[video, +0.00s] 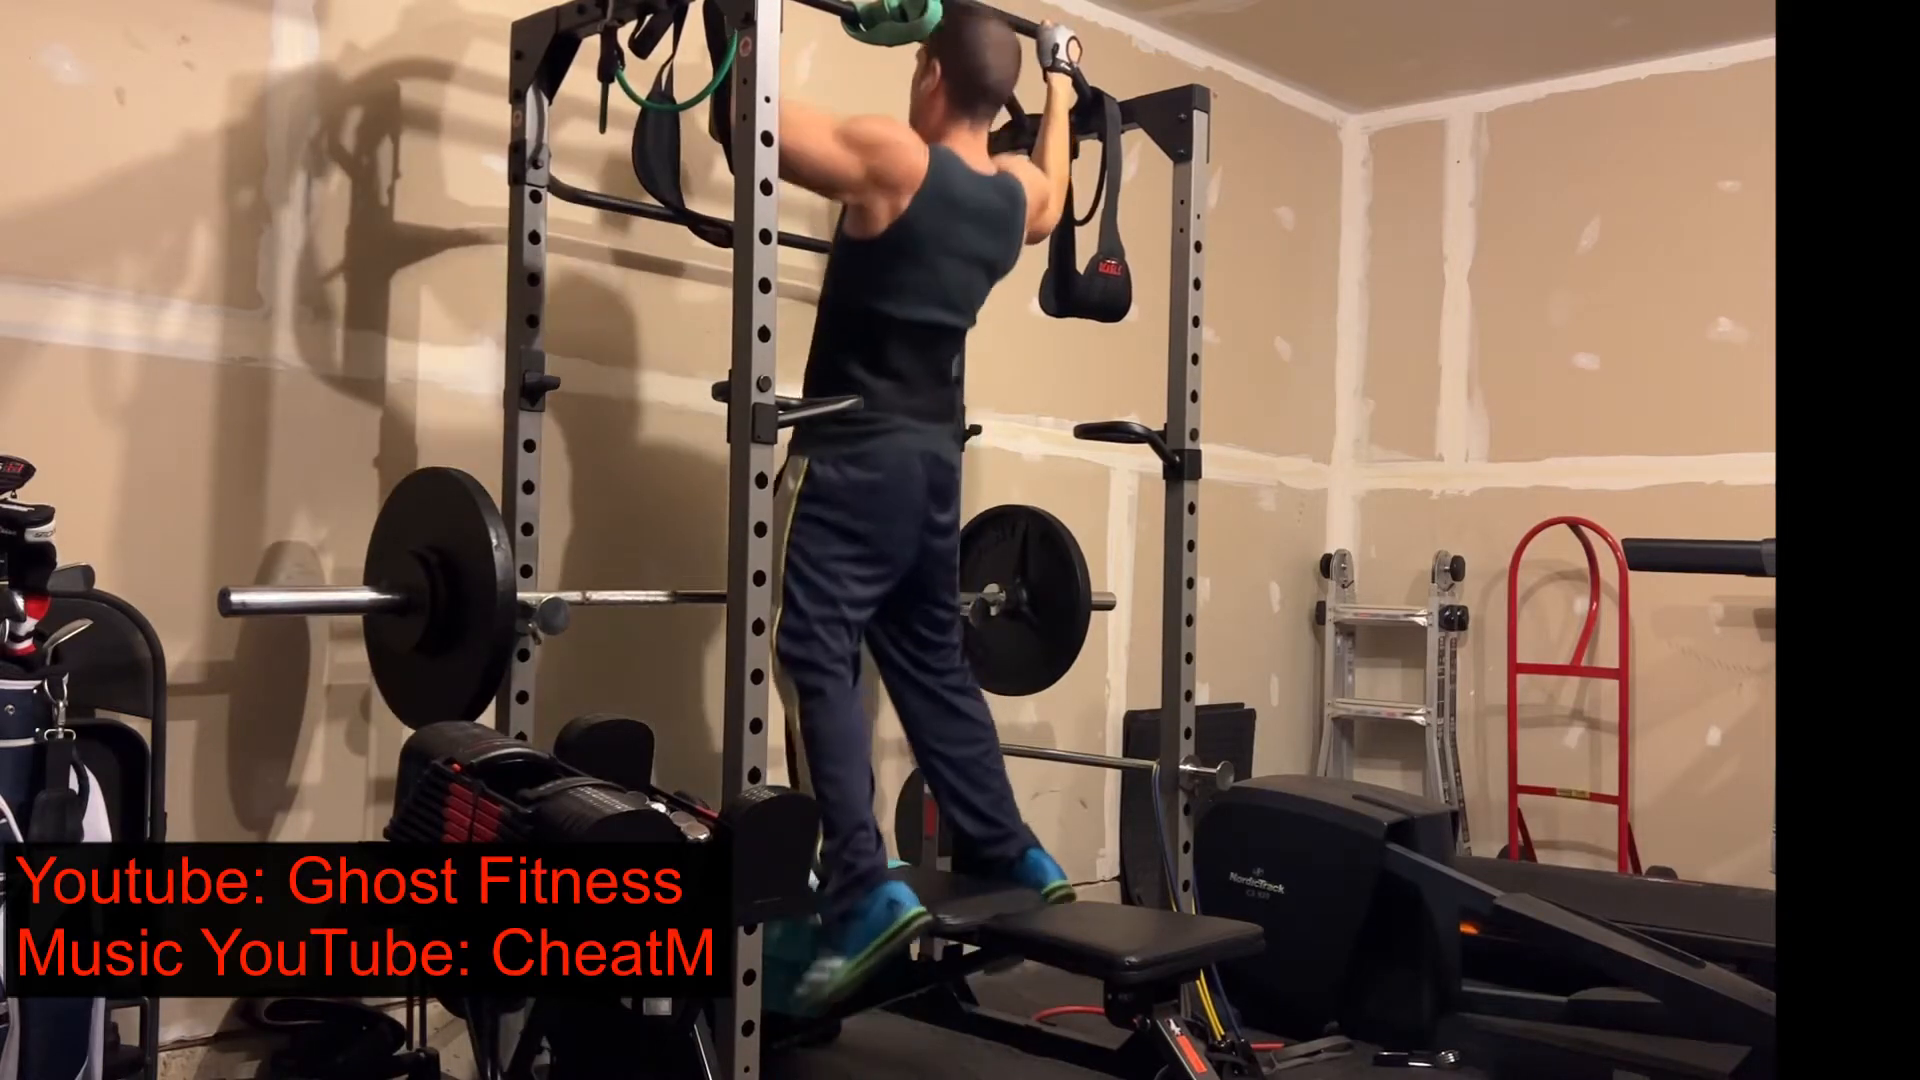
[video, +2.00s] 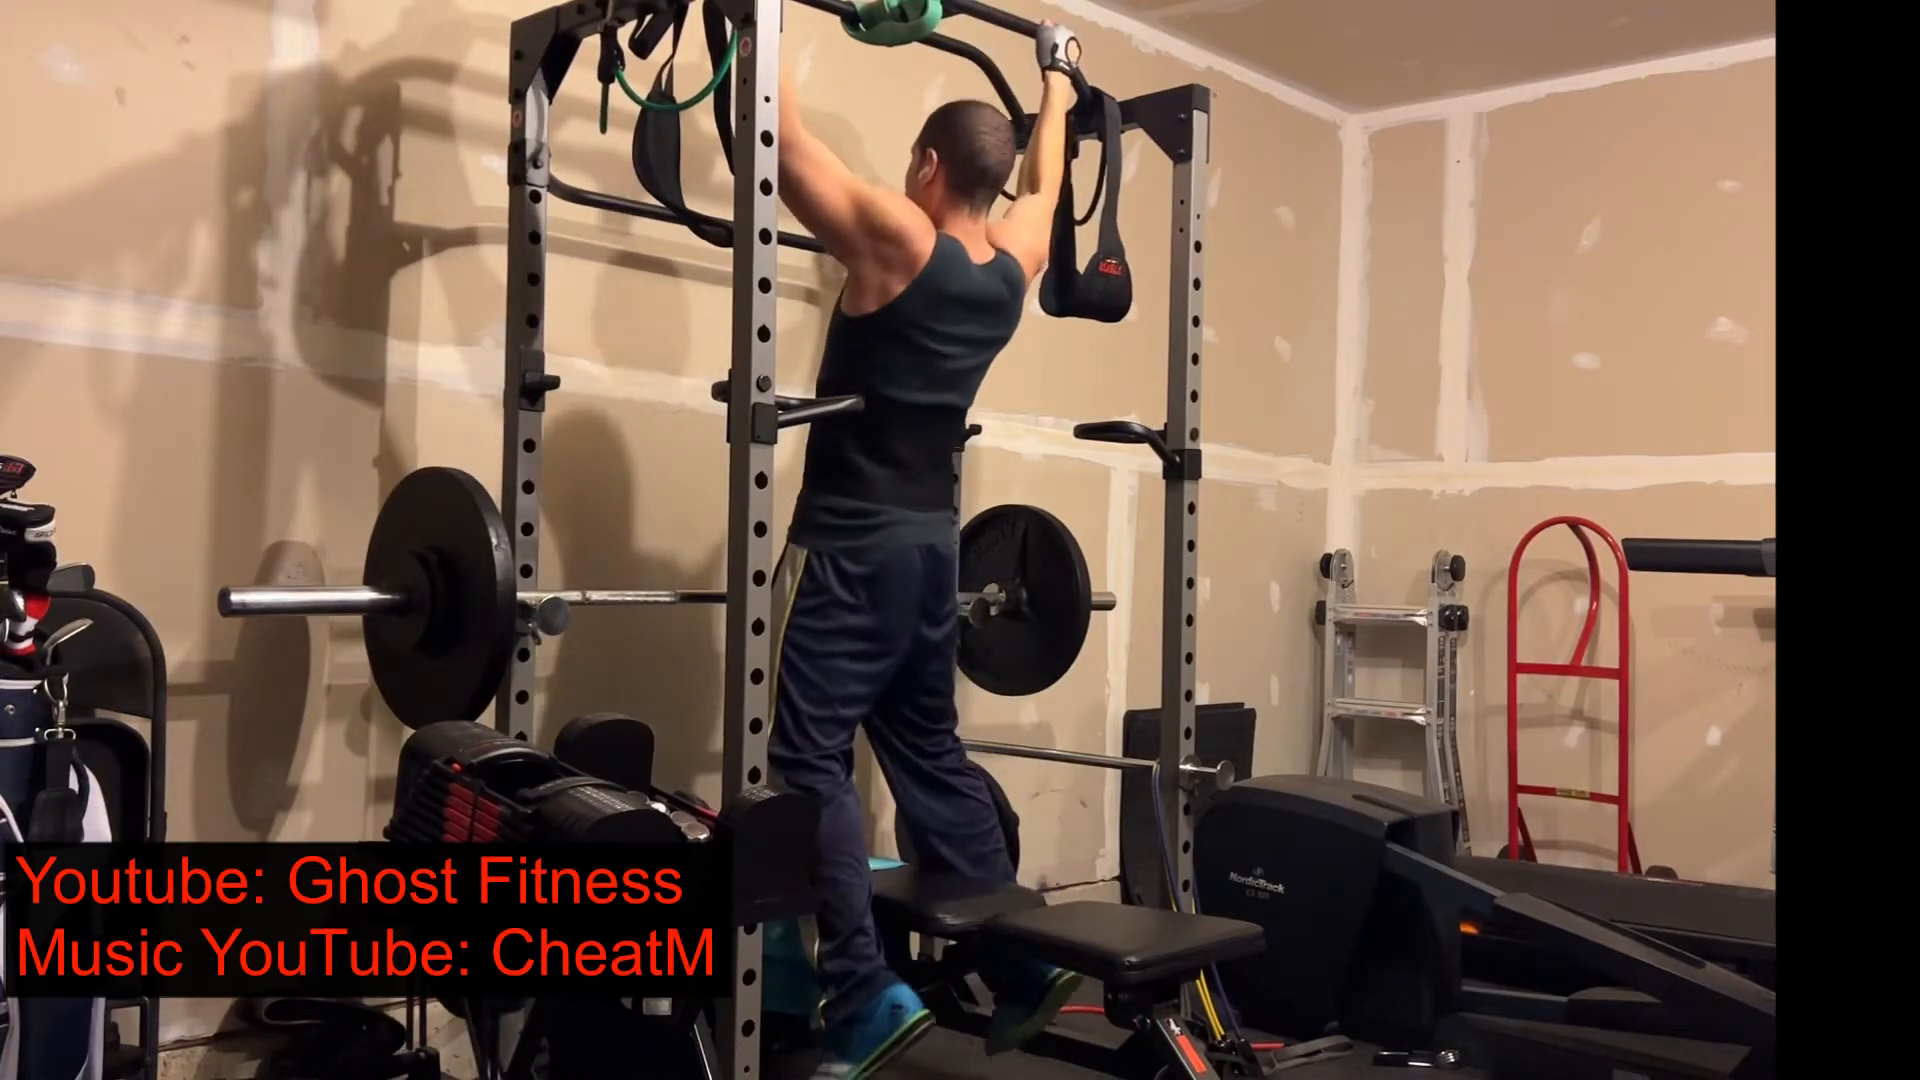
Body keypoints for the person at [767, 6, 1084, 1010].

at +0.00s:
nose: (912, 70)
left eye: (919, 57)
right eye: (924, 58)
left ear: (932, 76)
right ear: (1001, 100)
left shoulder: (891, 154)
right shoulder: (1012, 196)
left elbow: (760, 125)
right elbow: (1053, 189)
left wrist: (739, 34)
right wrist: (1060, 93)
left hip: (858, 451)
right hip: (932, 453)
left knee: (820, 658)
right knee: (930, 657)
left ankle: (863, 887)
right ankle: (1006, 853)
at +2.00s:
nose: (905, 161)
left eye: (914, 150)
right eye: (917, 151)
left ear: (929, 162)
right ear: (1001, 185)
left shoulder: (892, 236)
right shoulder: (1011, 267)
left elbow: (782, 135)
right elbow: (1044, 186)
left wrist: (764, 26)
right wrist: (1057, 103)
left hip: (856, 536)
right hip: (932, 537)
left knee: (814, 755)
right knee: (927, 747)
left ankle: (859, 983)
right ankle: (1016, 955)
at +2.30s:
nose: (939, 58)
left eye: (947, 41)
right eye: (948, 42)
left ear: (965, 57)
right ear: (1034, 75)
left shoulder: (926, 133)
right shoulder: (1044, 173)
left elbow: (785, 120)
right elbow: (1067, 189)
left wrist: (758, 16)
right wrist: (1051, 98)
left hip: (865, 445)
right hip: (942, 453)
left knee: (791, 635)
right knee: (910, 639)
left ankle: (806, 870)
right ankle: (970, 838)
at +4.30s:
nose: (906, 125)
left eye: (911, 113)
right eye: (913, 114)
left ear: (930, 120)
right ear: (999, 142)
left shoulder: (890, 192)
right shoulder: (1012, 234)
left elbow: (764, 135)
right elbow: (1047, 185)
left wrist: (742, 46)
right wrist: (1057, 104)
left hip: (848, 503)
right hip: (926, 507)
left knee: (801, 703)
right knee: (919, 702)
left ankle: (852, 924)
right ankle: (1007, 879)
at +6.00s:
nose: (902, 163)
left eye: (909, 151)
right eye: (912, 152)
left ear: (928, 160)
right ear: (997, 180)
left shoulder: (896, 232)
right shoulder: (1012, 267)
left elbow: (782, 143)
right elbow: (1046, 187)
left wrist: (756, 40)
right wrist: (1058, 96)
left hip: (853, 531)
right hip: (928, 534)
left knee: (795, 743)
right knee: (923, 749)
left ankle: (841, 972)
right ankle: (1008, 952)